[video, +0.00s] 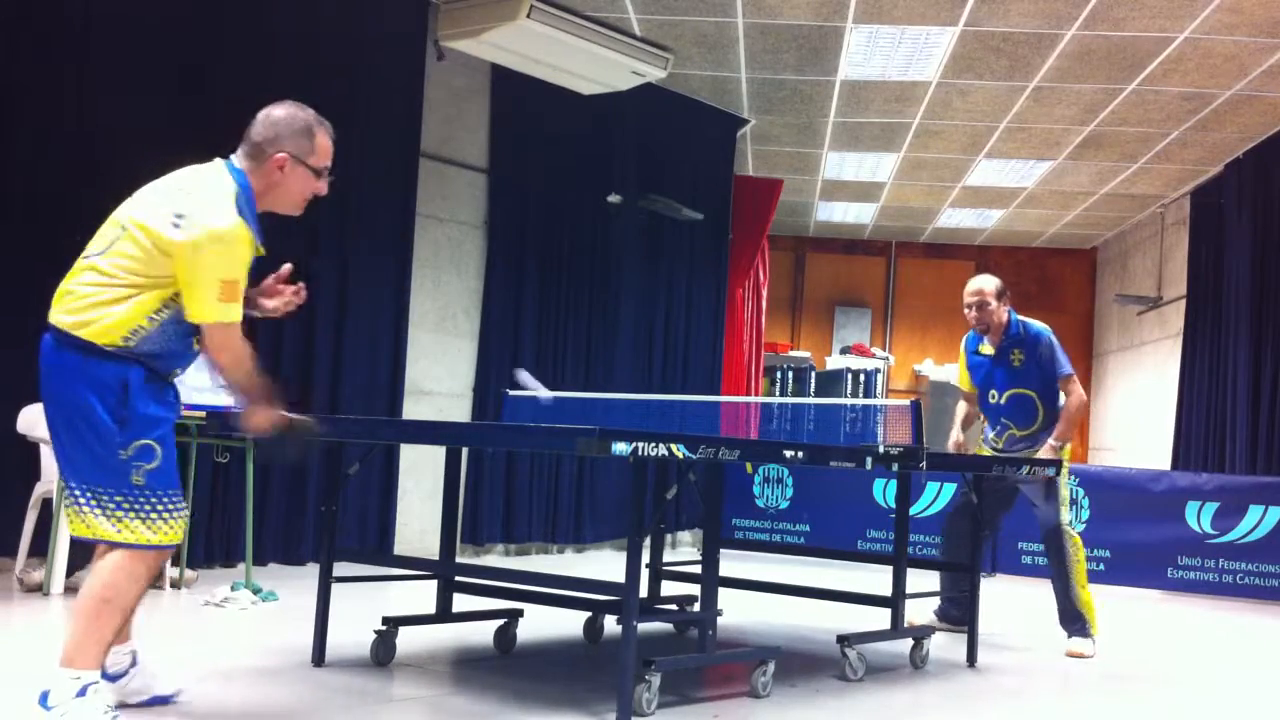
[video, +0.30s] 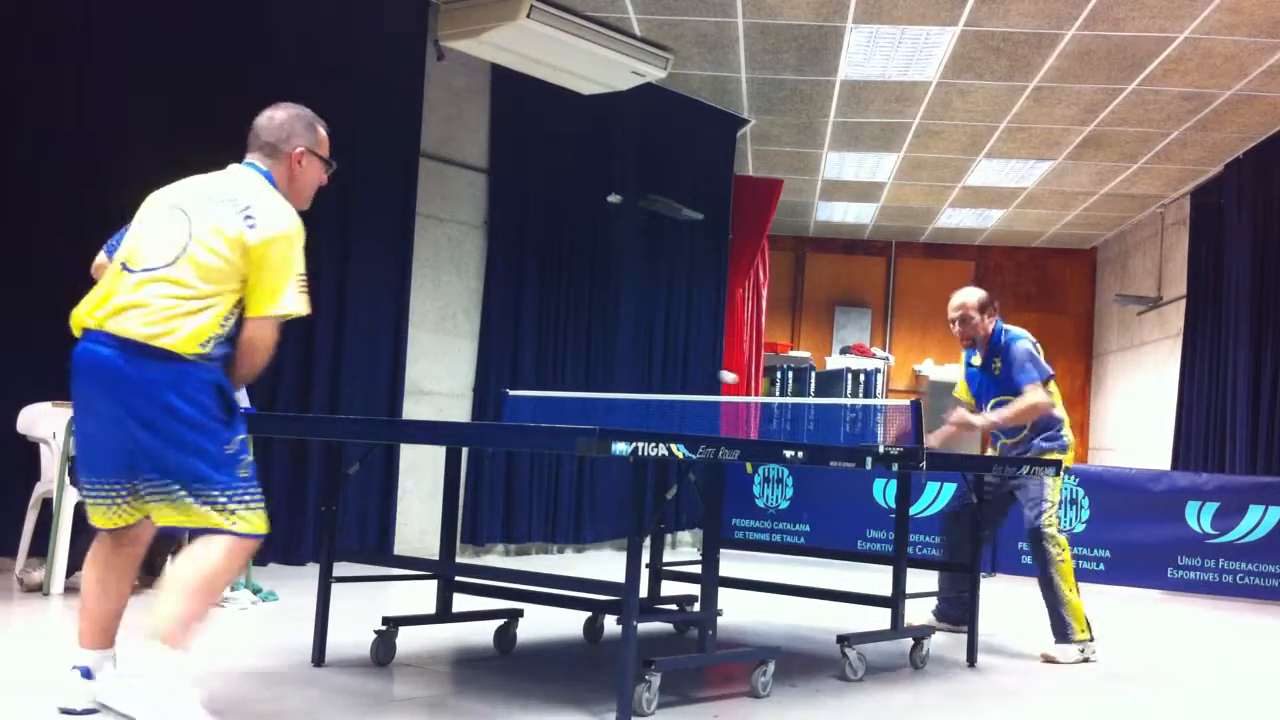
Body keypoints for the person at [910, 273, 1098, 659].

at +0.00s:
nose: (973, 313)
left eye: (980, 305)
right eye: (967, 307)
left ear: (1003, 304)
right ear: (964, 310)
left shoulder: (1037, 336)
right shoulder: (970, 345)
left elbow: (1077, 397)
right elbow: (970, 400)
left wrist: (1054, 445)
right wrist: (957, 430)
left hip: (1040, 453)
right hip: (993, 453)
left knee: (1057, 533)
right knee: (958, 522)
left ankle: (1080, 632)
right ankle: (955, 614)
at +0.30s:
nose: (958, 330)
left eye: (965, 321)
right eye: (953, 323)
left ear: (989, 317)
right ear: (951, 324)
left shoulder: (1017, 344)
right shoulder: (971, 354)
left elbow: (1038, 400)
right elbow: (966, 414)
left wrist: (986, 420)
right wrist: (929, 443)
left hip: (1044, 455)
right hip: (1006, 456)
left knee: (1042, 530)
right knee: (960, 519)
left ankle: (1078, 640)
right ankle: (954, 615)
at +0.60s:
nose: (943, 354)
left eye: (946, 345)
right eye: (941, 347)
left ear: (968, 338)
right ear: (967, 339)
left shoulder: (996, 361)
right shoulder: (984, 363)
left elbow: (1043, 372)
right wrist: (1091, 437)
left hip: (1041, 465)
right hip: (1009, 466)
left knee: (1018, 540)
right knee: (962, 519)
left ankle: (1074, 639)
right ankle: (953, 615)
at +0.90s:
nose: (994, 305)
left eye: (1000, 298)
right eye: (993, 299)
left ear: (1027, 296)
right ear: (1003, 297)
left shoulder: (1062, 330)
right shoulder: (999, 322)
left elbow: (1097, 386)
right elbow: (962, 336)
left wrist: (1093, 432)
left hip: (1052, 450)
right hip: (1009, 446)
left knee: (1059, 531)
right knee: (981, 526)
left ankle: (1096, 635)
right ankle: (954, 609)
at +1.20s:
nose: (1028, 309)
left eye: (1037, 302)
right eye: (1025, 302)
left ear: (1063, 304)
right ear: (1024, 303)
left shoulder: (1088, 344)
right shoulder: (1021, 341)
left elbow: (1118, 400)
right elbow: (978, 375)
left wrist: (1120, 457)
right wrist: (959, 350)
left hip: (1067, 459)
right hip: (1020, 456)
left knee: (1073, 539)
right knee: (982, 518)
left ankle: (1097, 637)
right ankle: (999, 614)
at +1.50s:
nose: (999, 316)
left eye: (1006, 308)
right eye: (994, 310)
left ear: (1030, 305)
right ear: (992, 312)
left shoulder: (1053, 337)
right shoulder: (1014, 344)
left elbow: (1090, 387)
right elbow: (1022, 393)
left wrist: (1100, 446)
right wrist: (983, 414)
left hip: (1063, 456)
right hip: (1030, 456)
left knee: (1069, 535)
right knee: (993, 512)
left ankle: (1125, 618)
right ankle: (1004, 603)